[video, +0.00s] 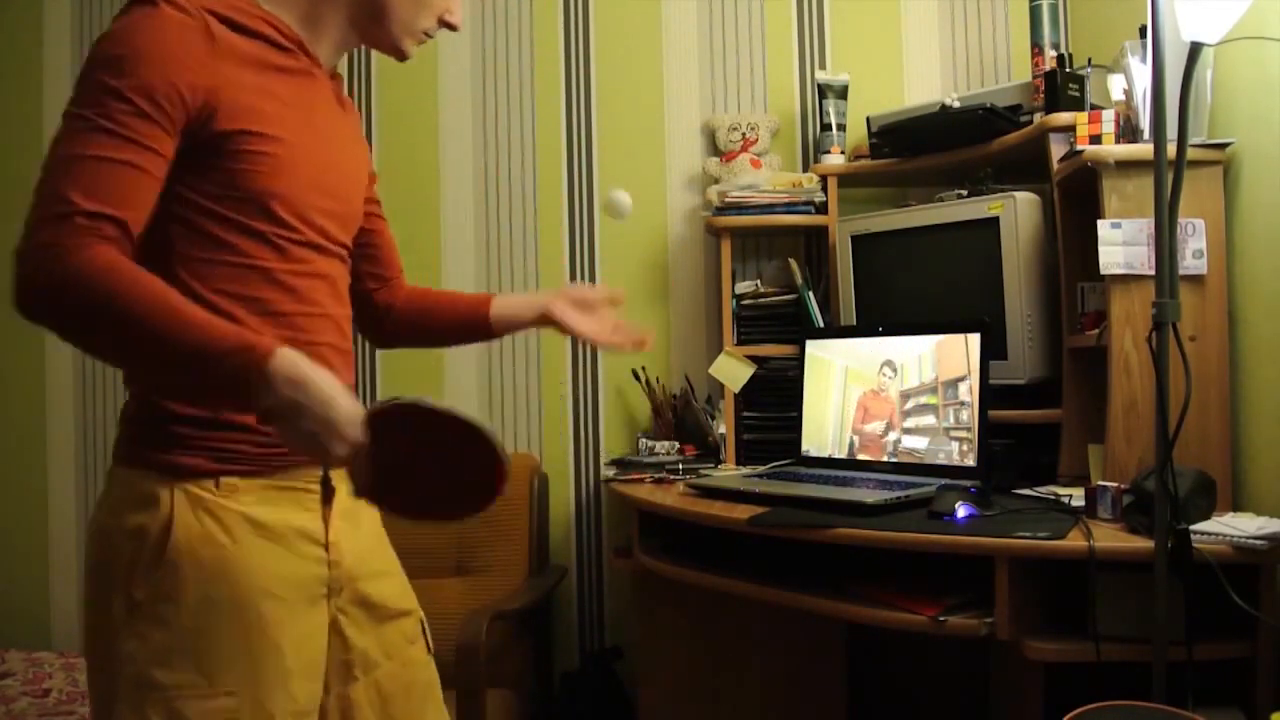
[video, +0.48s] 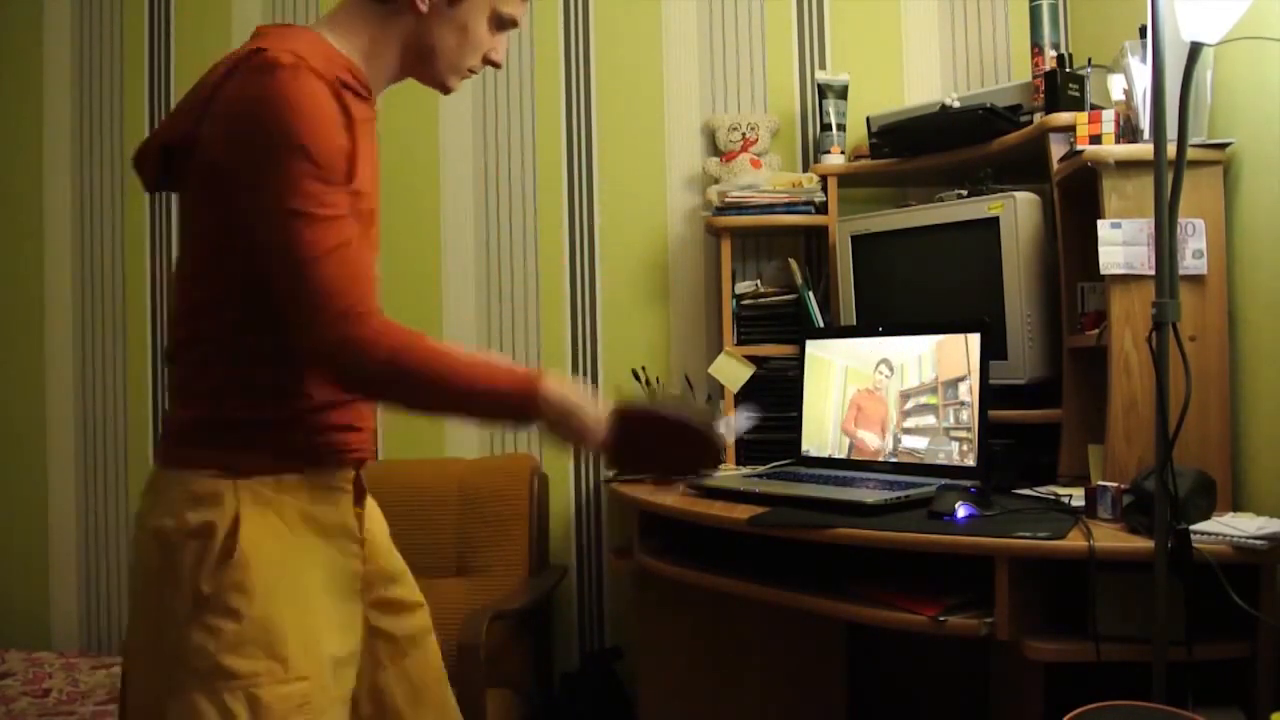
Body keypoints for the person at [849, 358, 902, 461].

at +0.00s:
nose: (885, 380)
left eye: (890, 378)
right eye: (883, 375)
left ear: (893, 380)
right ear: (878, 374)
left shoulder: (891, 402)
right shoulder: (865, 398)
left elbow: (896, 428)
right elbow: (855, 428)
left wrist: (891, 436)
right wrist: (871, 428)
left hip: (882, 452)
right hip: (865, 450)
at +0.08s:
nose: (885, 380)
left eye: (890, 378)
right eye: (883, 375)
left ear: (893, 380)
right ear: (878, 374)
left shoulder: (891, 402)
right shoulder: (865, 398)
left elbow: (894, 427)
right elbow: (855, 428)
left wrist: (891, 435)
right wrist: (872, 428)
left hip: (882, 452)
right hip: (865, 450)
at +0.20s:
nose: (884, 381)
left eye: (889, 378)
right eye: (883, 375)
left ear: (892, 381)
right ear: (877, 374)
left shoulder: (890, 402)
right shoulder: (864, 398)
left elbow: (894, 427)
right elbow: (854, 427)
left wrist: (889, 435)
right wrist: (873, 428)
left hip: (882, 453)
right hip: (864, 451)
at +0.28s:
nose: (884, 380)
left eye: (888, 378)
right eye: (882, 375)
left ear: (892, 381)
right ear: (877, 374)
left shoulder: (889, 402)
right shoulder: (863, 398)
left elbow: (893, 427)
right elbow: (852, 427)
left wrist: (889, 437)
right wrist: (873, 430)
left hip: (881, 454)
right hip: (863, 452)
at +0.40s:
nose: (882, 379)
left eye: (887, 377)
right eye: (880, 373)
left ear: (890, 380)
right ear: (875, 373)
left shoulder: (885, 402)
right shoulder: (860, 397)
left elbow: (887, 427)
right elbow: (849, 427)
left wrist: (885, 440)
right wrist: (868, 434)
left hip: (878, 455)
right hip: (860, 454)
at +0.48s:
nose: (882, 378)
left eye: (886, 376)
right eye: (880, 373)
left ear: (889, 380)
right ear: (874, 372)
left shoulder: (884, 402)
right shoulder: (859, 396)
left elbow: (885, 428)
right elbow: (846, 426)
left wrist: (886, 441)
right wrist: (864, 436)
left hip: (878, 457)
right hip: (859, 455)